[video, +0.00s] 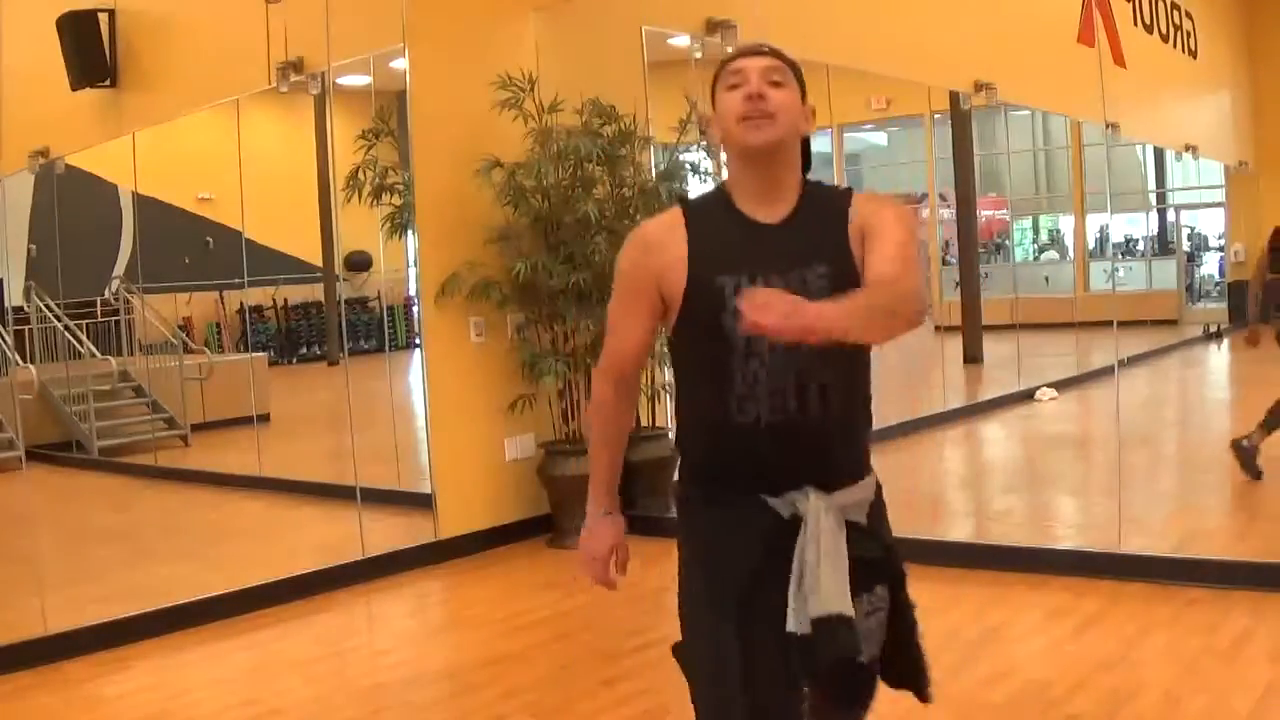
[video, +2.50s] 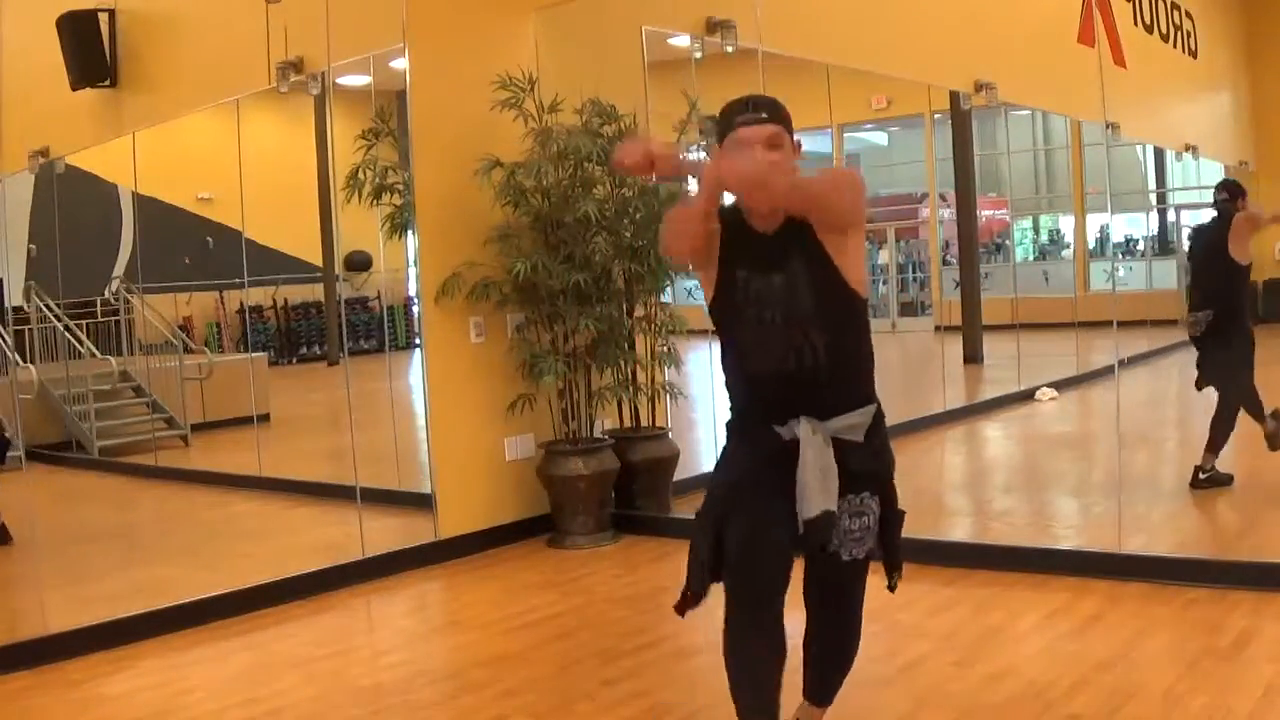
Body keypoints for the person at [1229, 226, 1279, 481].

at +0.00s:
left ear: (1274, 240)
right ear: (1273, 239)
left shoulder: (1273, 245)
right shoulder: (1274, 244)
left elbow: (1257, 279)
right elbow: (1257, 278)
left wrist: (1253, 323)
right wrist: (1253, 323)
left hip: (1278, 330)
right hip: (1278, 329)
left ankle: (1253, 441)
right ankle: (1252, 441)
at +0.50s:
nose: (1238, 193)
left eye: (1234, 187)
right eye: (1236, 188)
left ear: (1207, 193)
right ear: (1232, 192)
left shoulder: (1189, 227)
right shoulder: (1244, 229)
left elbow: (1166, 269)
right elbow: (1251, 267)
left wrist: (1174, 303)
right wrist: (1249, 301)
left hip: (1182, 324)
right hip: (1218, 326)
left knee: (1169, 386)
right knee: (1225, 391)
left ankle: (1141, 450)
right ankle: (1227, 462)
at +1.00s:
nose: (1145, 200)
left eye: (1141, 195)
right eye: (1141, 195)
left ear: (1114, 203)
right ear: (1133, 200)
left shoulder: (1098, 238)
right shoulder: (1154, 236)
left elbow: (1083, 283)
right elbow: (1165, 285)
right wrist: (1163, 324)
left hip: (1097, 342)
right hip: (1135, 340)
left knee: (1097, 408)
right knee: (1156, 402)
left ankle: (1087, 480)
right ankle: (1165, 469)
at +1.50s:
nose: (1146, 218)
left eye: (1145, 214)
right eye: (1146, 213)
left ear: (1114, 211)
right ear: (1140, 211)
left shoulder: (1089, 241)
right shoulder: (1147, 234)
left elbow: (1068, 285)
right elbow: (1167, 279)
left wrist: (1051, 324)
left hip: (1092, 337)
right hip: (1131, 334)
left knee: (1090, 407)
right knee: (1146, 390)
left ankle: (1087, 482)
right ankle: (1122, 444)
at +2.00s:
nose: (1216, 217)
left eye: (1216, 212)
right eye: (1215, 211)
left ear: (1187, 208)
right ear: (1207, 210)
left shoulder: (1158, 239)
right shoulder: (1212, 239)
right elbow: (1241, 285)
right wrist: (1261, 331)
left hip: (1150, 335)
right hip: (1183, 335)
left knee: (1158, 399)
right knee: (1205, 396)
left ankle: (1121, 449)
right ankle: (1204, 469)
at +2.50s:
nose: (1247, 204)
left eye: (1244, 200)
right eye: (1246, 200)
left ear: (1218, 202)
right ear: (1239, 201)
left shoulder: (1201, 233)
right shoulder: (1242, 221)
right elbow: (1267, 219)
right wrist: (1261, 216)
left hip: (1205, 327)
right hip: (1233, 327)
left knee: (1240, 382)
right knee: (1230, 396)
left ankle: (1268, 425)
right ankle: (1205, 468)